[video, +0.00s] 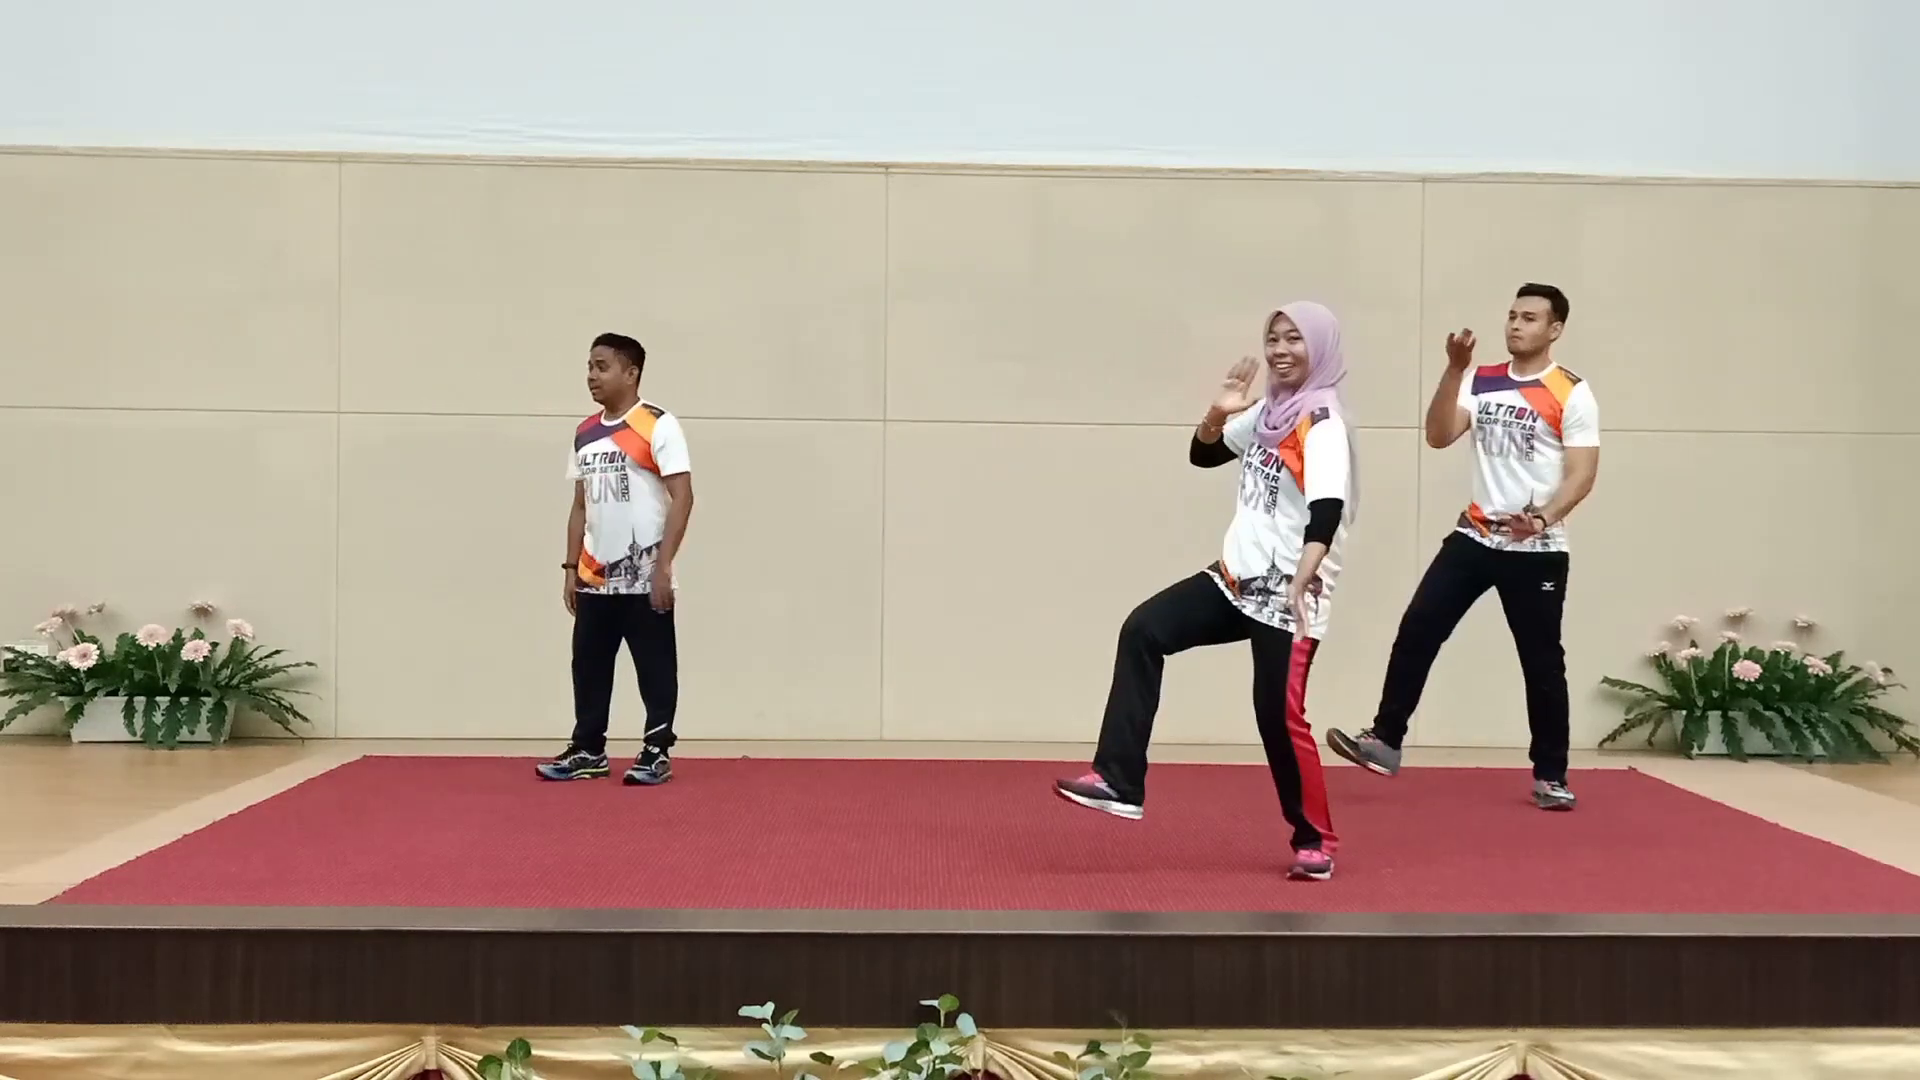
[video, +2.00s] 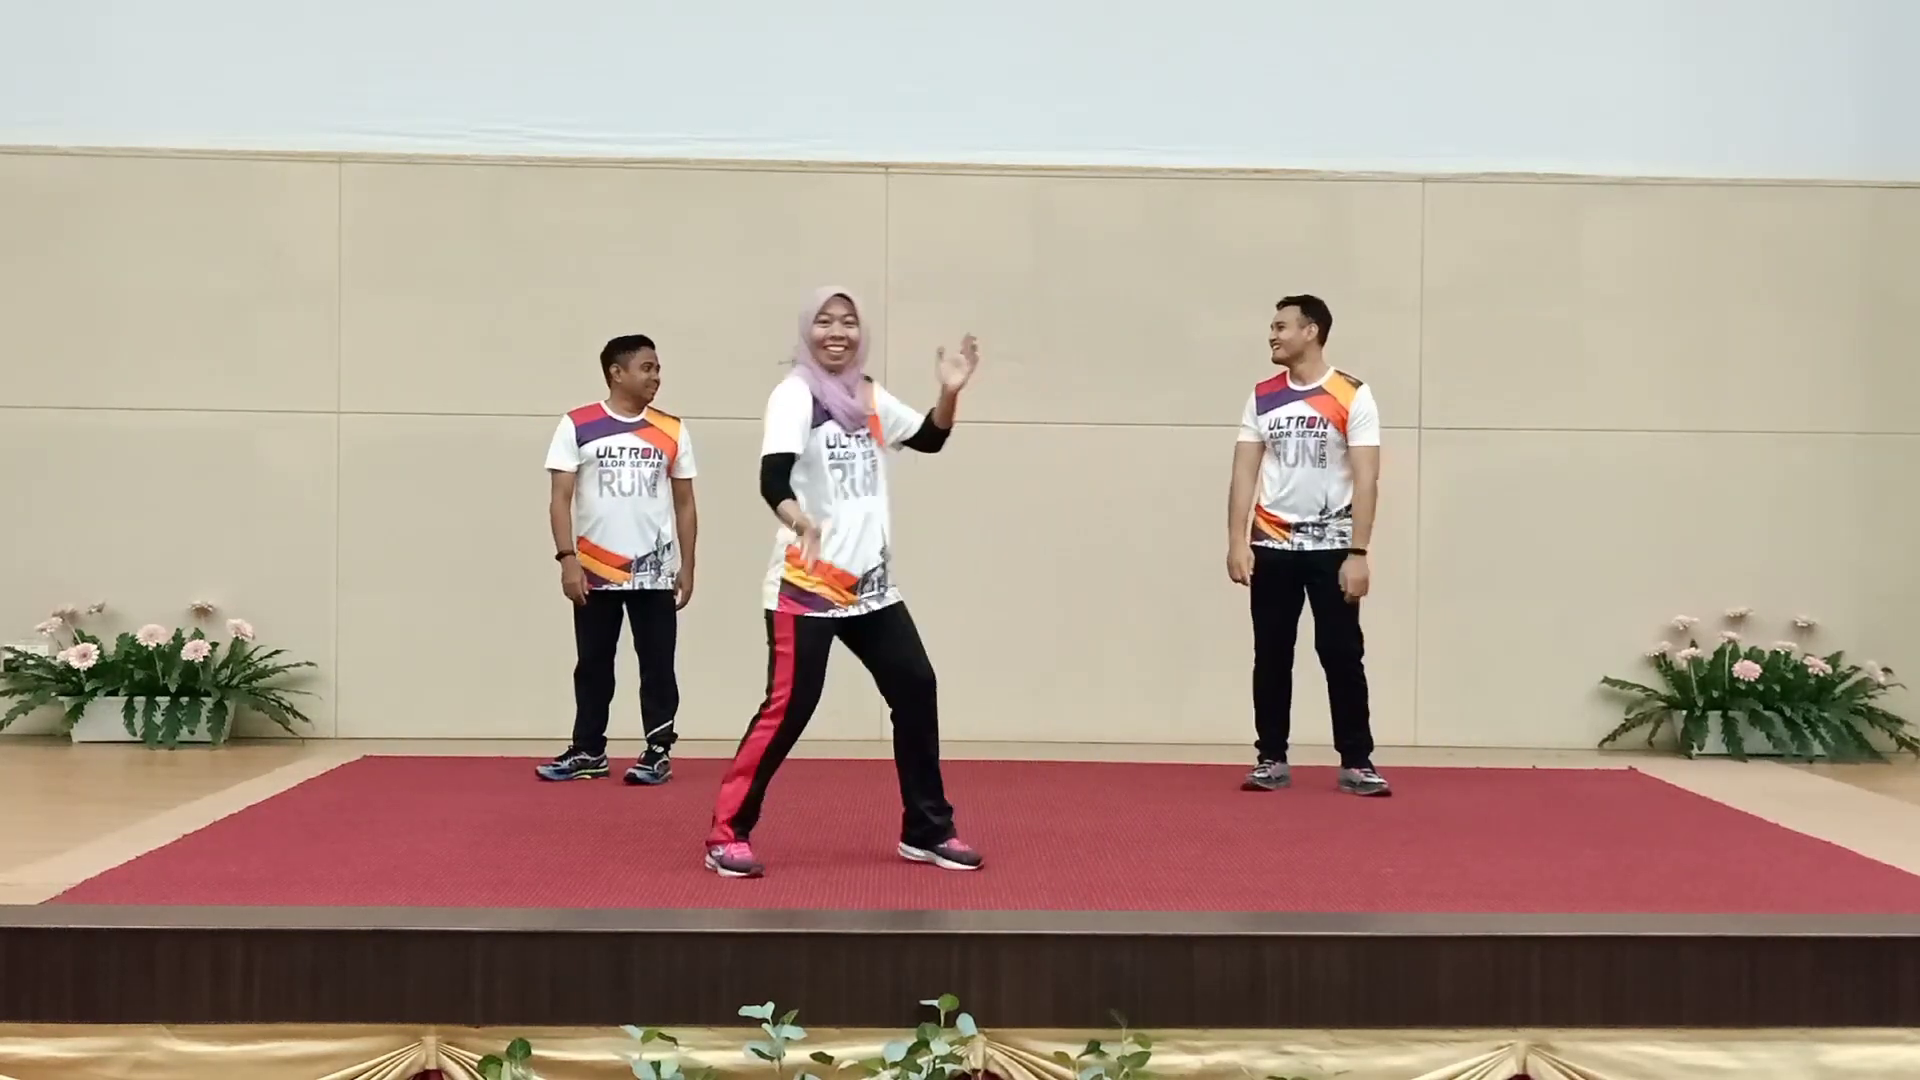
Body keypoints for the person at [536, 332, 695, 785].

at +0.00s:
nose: (590, 375)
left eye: (600, 366)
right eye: (589, 367)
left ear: (631, 372)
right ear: (595, 373)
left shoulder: (660, 426)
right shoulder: (587, 432)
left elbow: (682, 498)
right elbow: (581, 505)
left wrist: (663, 567)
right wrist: (571, 567)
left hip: (646, 578)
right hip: (596, 578)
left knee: (656, 670)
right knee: (589, 668)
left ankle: (656, 753)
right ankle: (588, 751)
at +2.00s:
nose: (657, 375)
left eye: (658, 367)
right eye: (647, 368)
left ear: (654, 373)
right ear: (616, 373)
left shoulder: (673, 431)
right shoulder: (577, 424)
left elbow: (684, 504)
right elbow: (560, 498)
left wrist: (687, 565)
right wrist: (567, 559)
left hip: (656, 570)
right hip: (596, 570)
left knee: (658, 666)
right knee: (592, 667)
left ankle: (658, 753)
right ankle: (588, 752)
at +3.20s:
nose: (610, 392)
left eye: (619, 383)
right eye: (601, 385)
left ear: (636, 387)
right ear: (589, 391)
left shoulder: (665, 439)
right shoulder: (572, 445)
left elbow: (678, 515)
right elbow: (569, 521)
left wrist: (658, 577)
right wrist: (575, 583)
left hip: (651, 580)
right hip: (597, 582)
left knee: (657, 671)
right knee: (591, 671)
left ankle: (655, 754)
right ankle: (588, 752)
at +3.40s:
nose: (583, 390)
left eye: (590, 382)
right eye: (582, 381)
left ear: (622, 384)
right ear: (607, 384)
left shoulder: (667, 435)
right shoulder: (584, 436)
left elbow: (690, 506)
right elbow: (563, 506)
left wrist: (669, 572)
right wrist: (538, 563)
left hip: (654, 581)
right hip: (600, 579)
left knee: (661, 673)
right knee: (595, 670)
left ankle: (655, 754)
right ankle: (589, 752)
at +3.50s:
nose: (583, 390)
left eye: (590, 381)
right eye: (583, 381)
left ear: (620, 382)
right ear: (607, 382)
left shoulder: (667, 432)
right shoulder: (586, 434)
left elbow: (694, 502)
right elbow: (548, 493)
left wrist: (677, 568)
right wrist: (504, 543)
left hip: (656, 576)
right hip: (603, 575)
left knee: (663, 670)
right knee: (596, 668)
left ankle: (655, 755)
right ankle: (588, 753)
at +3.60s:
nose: (588, 386)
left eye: (594, 378)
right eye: (588, 377)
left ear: (623, 379)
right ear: (615, 379)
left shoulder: (670, 428)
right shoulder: (588, 429)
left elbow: (699, 498)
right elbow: (528, 458)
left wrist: (691, 568)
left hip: (658, 576)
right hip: (605, 575)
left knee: (662, 672)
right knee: (596, 668)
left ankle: (656, 755)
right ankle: (589, 752)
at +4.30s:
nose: (649, 374)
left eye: (655, 367)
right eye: (638, 366)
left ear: (663, 373)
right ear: (615, 373)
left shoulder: (685, 430)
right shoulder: (589, 428)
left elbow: (703, 501)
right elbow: (546, 483)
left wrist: (693, 563)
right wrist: (501, 529)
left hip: (662, 574)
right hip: (602, 572)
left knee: (663, 669)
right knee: (593, 667)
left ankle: (656, 755)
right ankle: (588, 753)